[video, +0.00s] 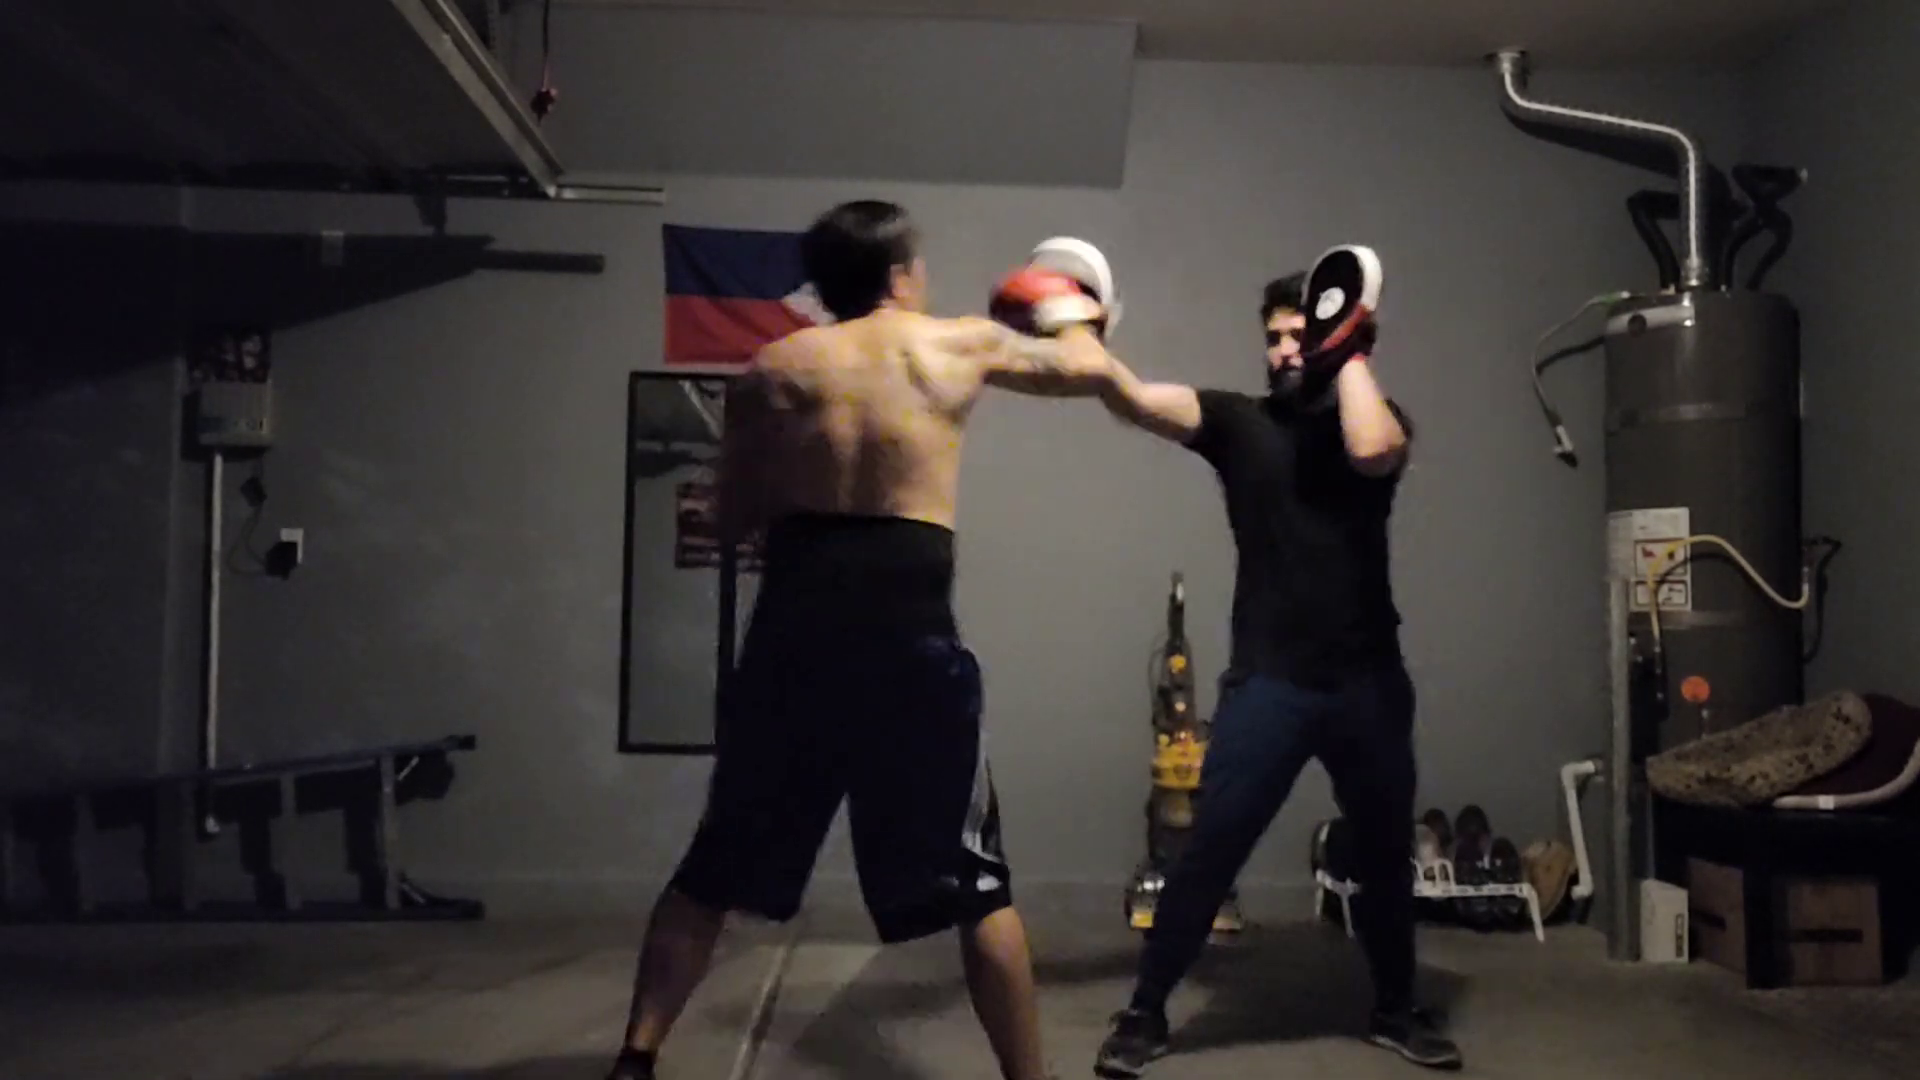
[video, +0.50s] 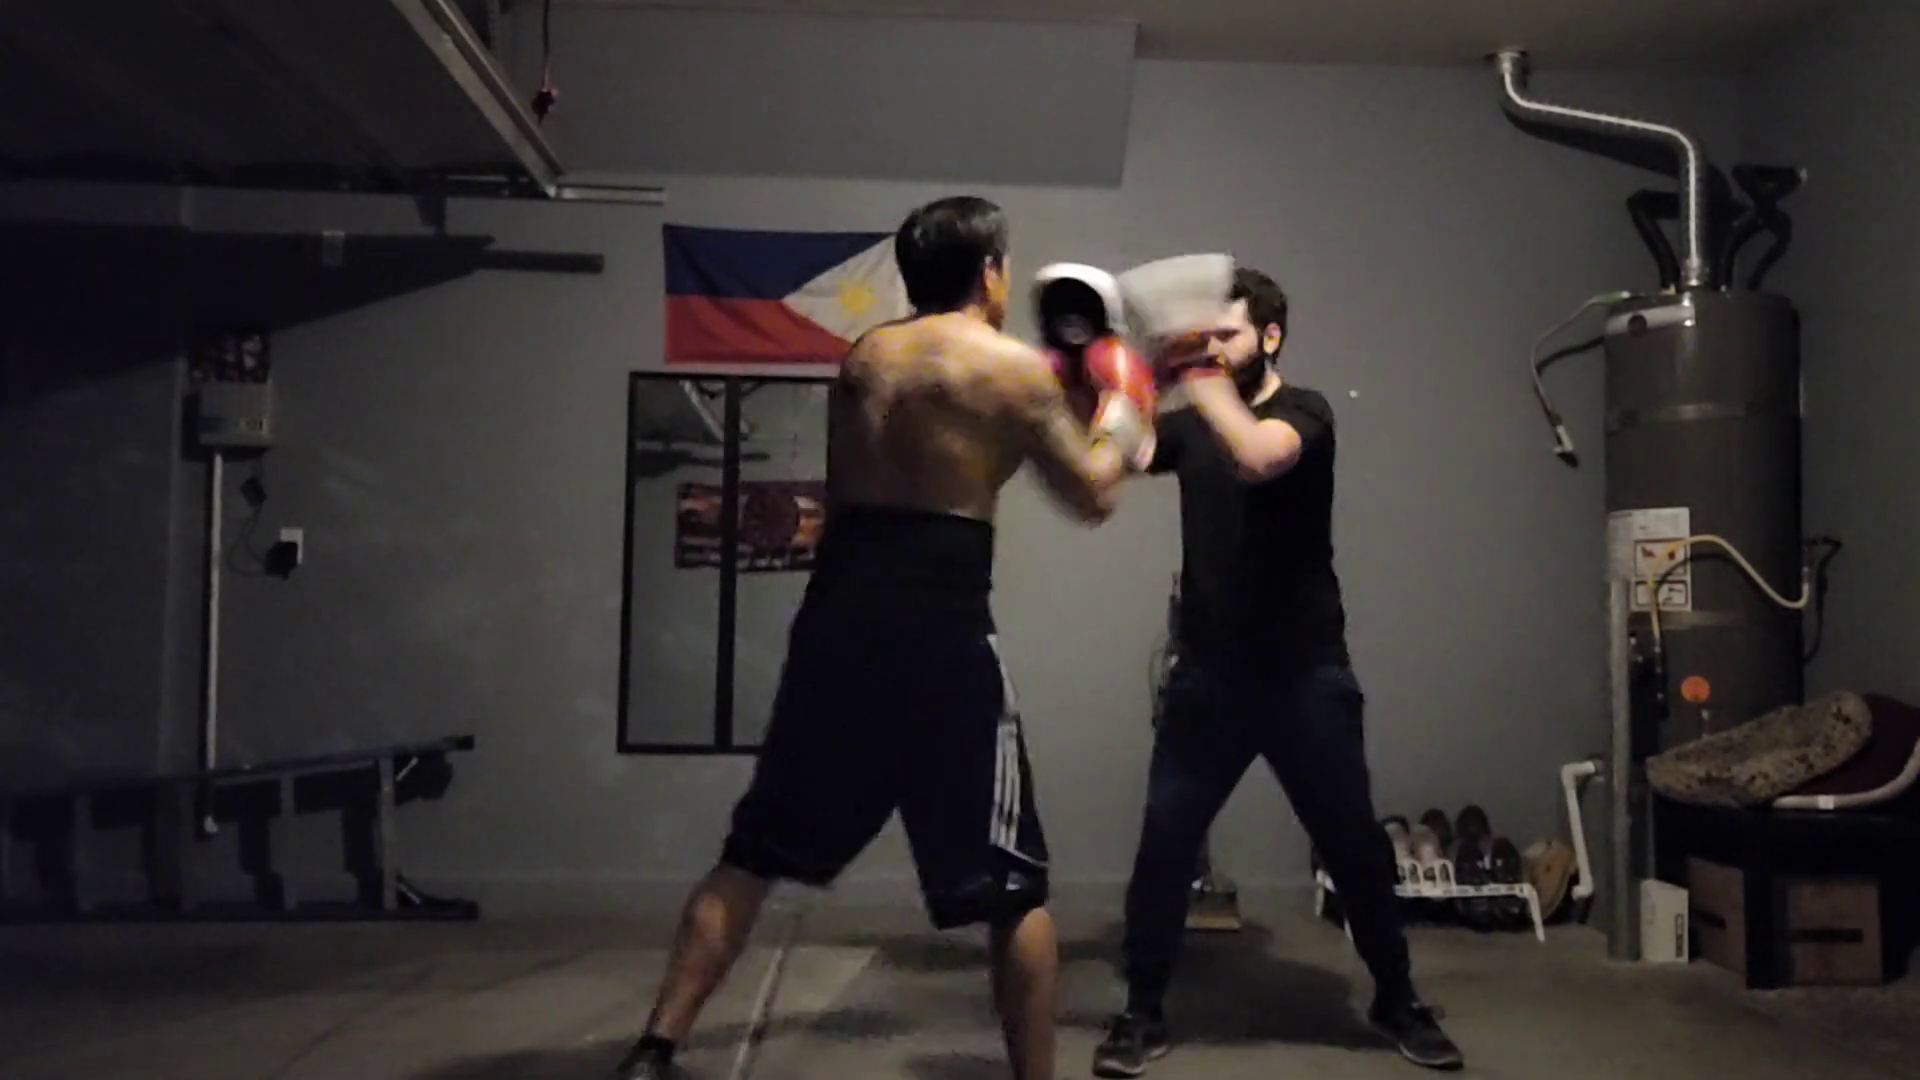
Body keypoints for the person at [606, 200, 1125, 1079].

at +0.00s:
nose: (924, 278)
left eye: (917, 263)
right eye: (917, 266)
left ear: (826, 285)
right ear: (899, 280)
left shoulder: (769, 371)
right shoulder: (959, 344)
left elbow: (733, 521)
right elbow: (1088, 367)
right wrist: (1075, 308)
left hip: (794, 645)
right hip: (913, 644)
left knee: (716, 860)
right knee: (971, 873)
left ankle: (635, 1057)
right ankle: (1028, 1071)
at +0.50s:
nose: (1008, 278)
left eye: (1003, 262)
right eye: (1005, 265)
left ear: (915, 275)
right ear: (990, 275)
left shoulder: (863, 355)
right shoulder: (1015, 370)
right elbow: (1095, 490)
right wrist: (1129, 403)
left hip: (836, 632)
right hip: (942, 639)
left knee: (754, 852)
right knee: (1014, 885)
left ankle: (656, 1046)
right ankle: (1036, 1070)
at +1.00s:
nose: (880, 312)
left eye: (875, 297)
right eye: (877, 299)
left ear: (787, 303)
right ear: (854, 305)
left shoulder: (730, 389)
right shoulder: (883, 386)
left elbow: (755, 515)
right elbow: (973, 521)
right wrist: (981, 472)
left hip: (748, 665)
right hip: (866, 664)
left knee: (681, 889)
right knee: (969, 869)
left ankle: (626, 1071)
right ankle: (1027, 1066)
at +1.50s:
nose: (1003, 300)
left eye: (998, 289)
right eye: (1001, 289)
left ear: (910, 290)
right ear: (985, 293)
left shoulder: (852, 370)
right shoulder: (1020, 352)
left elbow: (872, 496)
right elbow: (1124, 408)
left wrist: (1005, 482)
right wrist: (1102, 337)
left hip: (848, 651)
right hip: (958, 653)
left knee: (775, 861)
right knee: (1041, 890)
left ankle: (676, 1047)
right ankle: (1063, 1070)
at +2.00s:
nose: (1038, 301)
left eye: (1034, 289)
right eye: (1035, 289)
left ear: (942, 291)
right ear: (1021, 293)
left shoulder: (881, 366)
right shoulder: (1053, 366)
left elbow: (892, 476)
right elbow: (1137, 462)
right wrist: (1132, 374)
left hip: (863, 627)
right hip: (972, 635)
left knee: (789, 853)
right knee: (1046, 883)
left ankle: (696, 1046)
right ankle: (1070, 1070)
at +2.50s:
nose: (1007, 298)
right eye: (1006, 288)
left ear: (910, 295)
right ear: (995, 293)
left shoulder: (863, 376)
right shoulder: (1046, 356)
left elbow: (826, 520)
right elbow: (1177, 423)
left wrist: (895, 464)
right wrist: (1134, 347)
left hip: (904, 639)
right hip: (1021, 640)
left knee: (824, 894)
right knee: (1070, 875)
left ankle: (772, 1070)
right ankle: (1103, 1063)